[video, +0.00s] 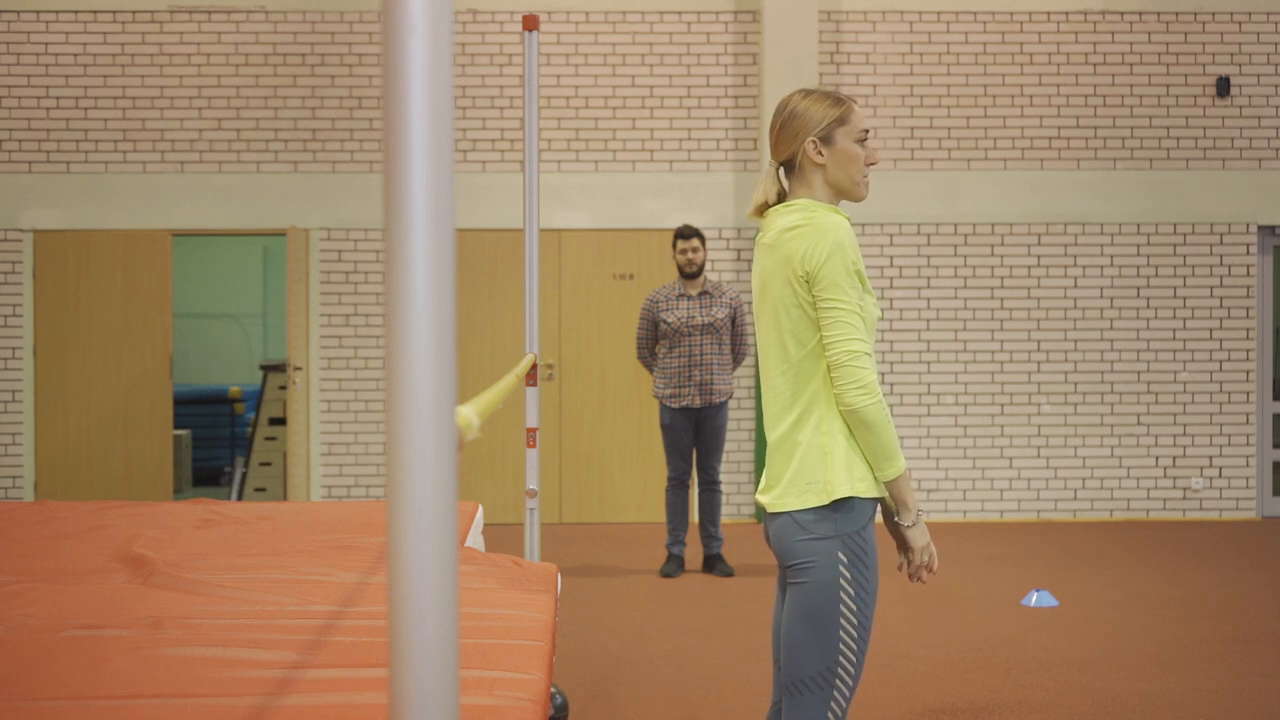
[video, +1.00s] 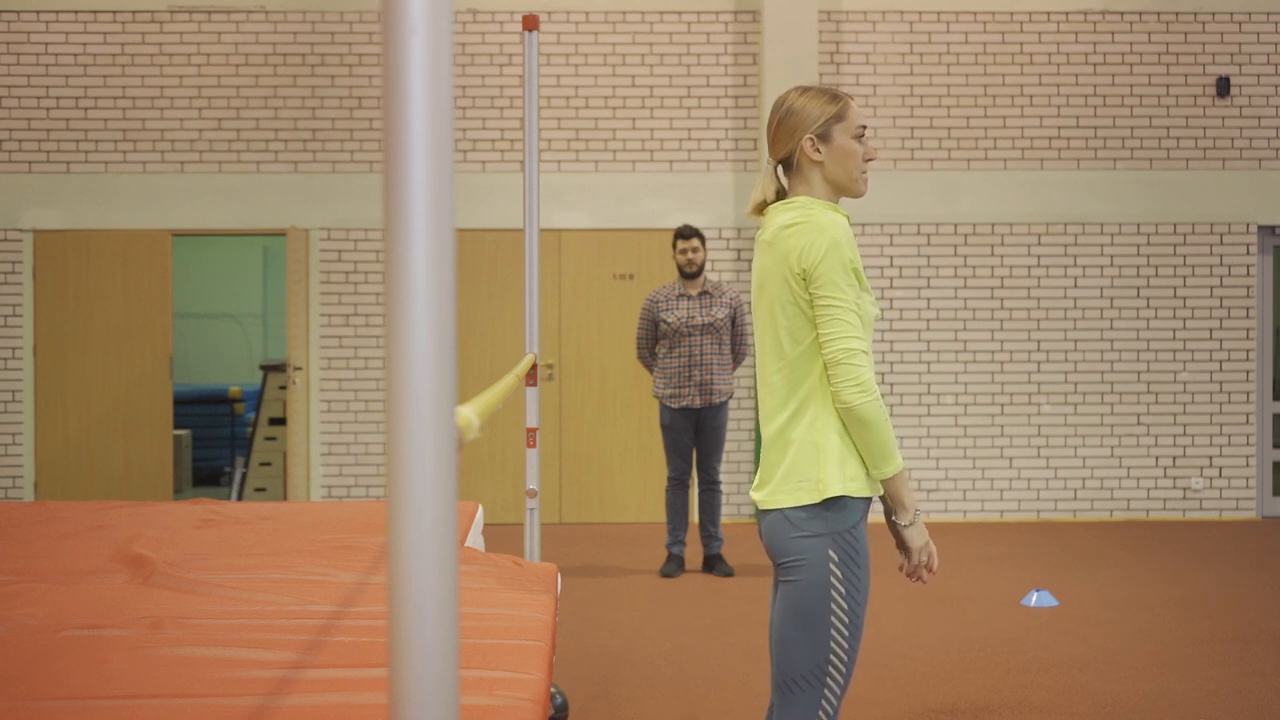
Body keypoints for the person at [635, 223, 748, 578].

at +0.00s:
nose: (689, 256)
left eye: (695, 250)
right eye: (682, 251)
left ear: (705, 254)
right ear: (674, 256)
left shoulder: (728, 296)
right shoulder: (659, 299)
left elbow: (741, 348)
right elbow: (644, 350)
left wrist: (718, 372)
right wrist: (669, 375)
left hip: (715, 401)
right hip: (674, 402)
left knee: (710, 478)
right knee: (678, 477)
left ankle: (713, 552)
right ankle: (675, 553)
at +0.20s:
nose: (689, 256)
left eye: (695, 250)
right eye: (682, 251)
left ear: (705, 253)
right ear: (674, 256)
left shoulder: (728, 296)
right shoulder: (658, 300)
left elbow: (741, 347)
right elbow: (644, 350)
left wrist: (718, 372)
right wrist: (669, 376)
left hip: (715, 401)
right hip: (674, 402)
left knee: (710, 478)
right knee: (678, 477)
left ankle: (713, 553)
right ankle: (675, 553)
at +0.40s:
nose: (689, 256)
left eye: (695, 250)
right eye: (682, 251)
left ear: (705, 253)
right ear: (674, 256)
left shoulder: (728, 297)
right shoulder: (658, 300)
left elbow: (741, 347)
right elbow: (644, 350)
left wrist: (718, 372)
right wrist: (669, 376)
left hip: (715, 401)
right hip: (674, 402)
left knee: (710, 478)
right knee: (678, 477)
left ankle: (713, 552)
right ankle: (675, 553)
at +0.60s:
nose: (689, 256)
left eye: (695, 250)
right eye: (682, 251)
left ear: (705, 253)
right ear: (674, 256)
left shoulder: (728, 296)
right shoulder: (658, 300)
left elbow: (741, 347)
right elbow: (644, 350)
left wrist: (718, 372)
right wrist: (669, 376)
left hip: (715, 401)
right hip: (674, 402)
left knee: (710, 478)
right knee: (678, 477)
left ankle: (713, 552)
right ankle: (675, 553)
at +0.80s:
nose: (689, 256)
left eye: (695, 250)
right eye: (682, 251)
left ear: (705, 253)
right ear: (674, 256)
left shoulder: (728, 296)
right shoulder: (658, 300)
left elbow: (741, 347)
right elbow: (644, 350)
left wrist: (718, 372)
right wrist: (669, 376)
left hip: (715, 401)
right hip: (674, 402)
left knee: (710, 478)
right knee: (678, 477)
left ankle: (713, 552)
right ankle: (675, 553)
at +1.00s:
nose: (689, 256)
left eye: (695, 250)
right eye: (682, 251)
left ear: (705, 254)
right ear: (674, 256)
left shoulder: (728, 297)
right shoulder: (658, 300)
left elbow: (741, 347)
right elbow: (644, 350)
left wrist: (718, 372)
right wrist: (669, 375)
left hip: (715, 402)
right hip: (674, 402)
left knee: (710, 478)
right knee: (678, 477)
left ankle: (713, 553)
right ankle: (675, 553)